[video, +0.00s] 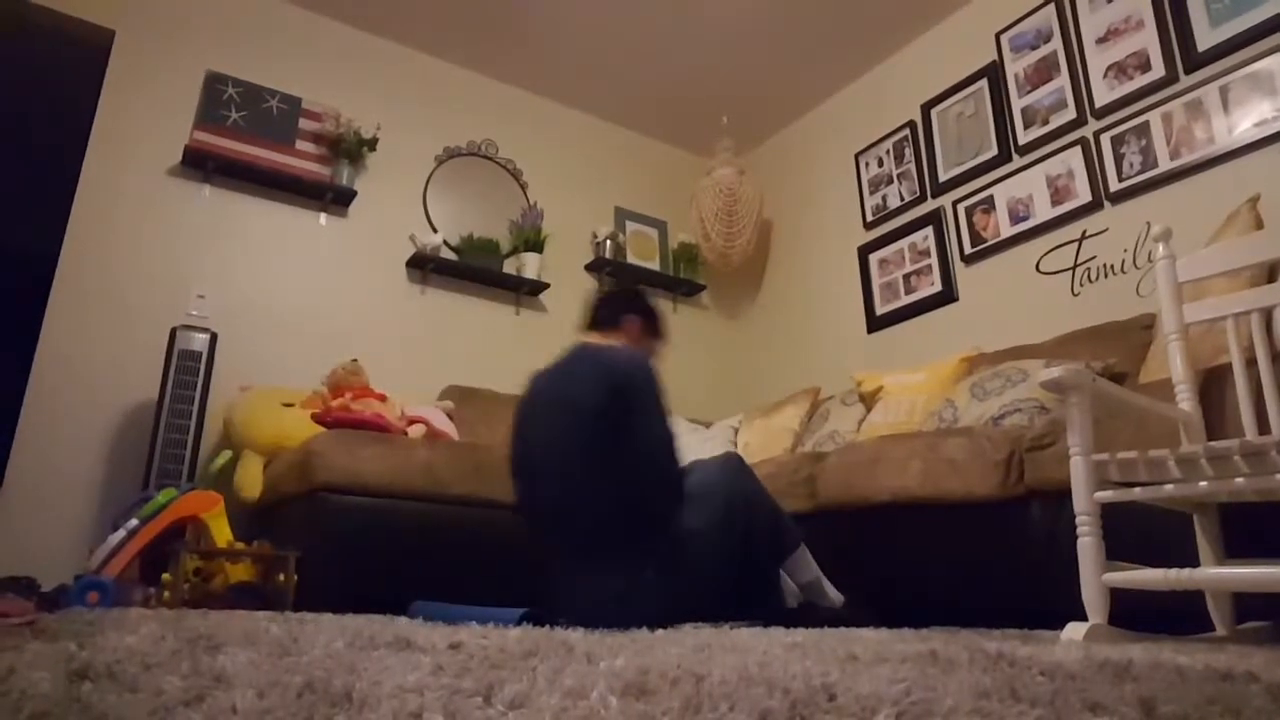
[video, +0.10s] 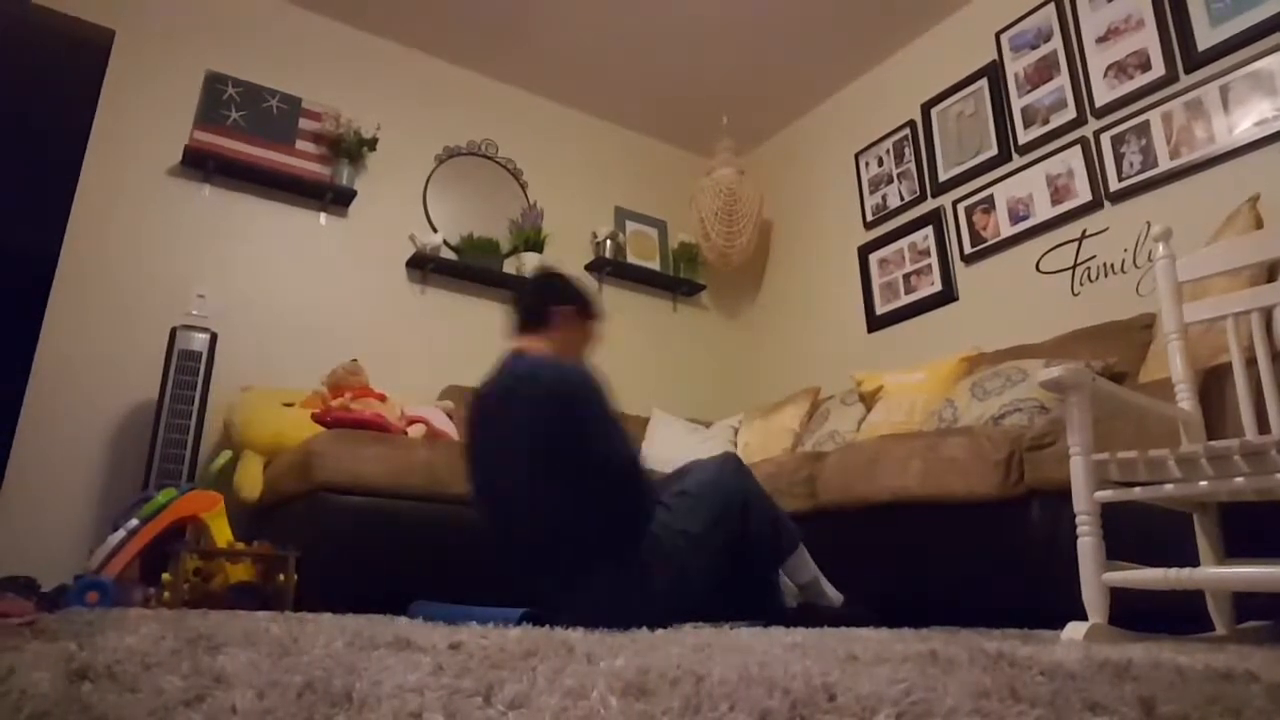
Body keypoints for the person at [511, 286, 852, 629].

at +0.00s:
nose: (651, 361)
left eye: (653, 352)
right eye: (651, 350)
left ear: (592, 328)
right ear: (631, 328)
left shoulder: (541, 384)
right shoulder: (627, 369)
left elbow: (530, 500)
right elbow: (664, 493)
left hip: (568, 592)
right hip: (638, 595)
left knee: (725, 470)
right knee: (728, 489)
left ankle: (818, 590)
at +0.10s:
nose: (589, 345)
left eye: (590, 332)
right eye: (586, 331)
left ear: (523, 322)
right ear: (564, 319)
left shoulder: (489, 394)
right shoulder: (566, 382)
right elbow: (630, 493)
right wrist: (664, 492)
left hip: (540, 595)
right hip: (607, 598)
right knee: (725, 473)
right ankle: (818, 592)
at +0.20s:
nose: (513, 344)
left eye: (510, 330)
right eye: (505, 329)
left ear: (455, 335)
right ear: (477, 332)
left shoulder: (434, 422)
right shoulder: (500, 413)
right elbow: (599, 513)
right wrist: (586, 472)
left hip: (520, 595)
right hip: (587, 599)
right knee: (719, 477)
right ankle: (812, 594)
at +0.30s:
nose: (440, 369)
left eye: (432, 355)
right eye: (425, 357)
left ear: (372, 382)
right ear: (393, 374)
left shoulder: (377, 462)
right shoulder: (443, 458)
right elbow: (572, 517)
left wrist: (483, 457)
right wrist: (514, 461)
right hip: (577, 596)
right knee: (710, 480)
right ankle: (817, 594)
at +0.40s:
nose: (386, 403)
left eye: (373, 390)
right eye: (366, 396)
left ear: (319, 440)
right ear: (324, 430)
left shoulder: (322, 519)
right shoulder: (393, 502)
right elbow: (543, 520)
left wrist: (441, 470)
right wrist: (461, 466)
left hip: (529, 596)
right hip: (574, 591)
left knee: (724, 561)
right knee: (710, 488)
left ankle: (793, 626)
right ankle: (819, 602)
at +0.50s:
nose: (326, 439)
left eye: (311, 431)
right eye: (306, 441)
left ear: (287, 493)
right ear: (285, 490)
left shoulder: (327, 560)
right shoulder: (367, 546)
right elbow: (529, 531)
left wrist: (430, 492)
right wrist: (436, 490)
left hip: (554, 572)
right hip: (577, 582)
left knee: (680, 493)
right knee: (707, 487)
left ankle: (779, 601)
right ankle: (810, 597)